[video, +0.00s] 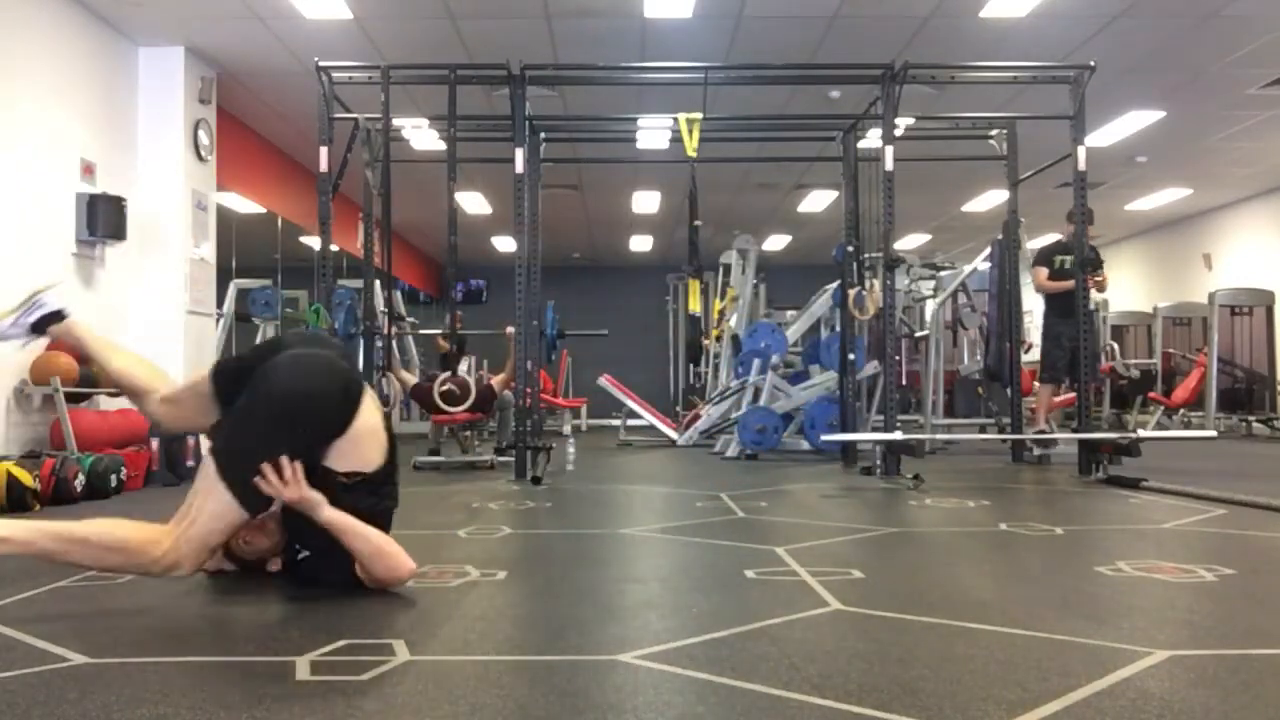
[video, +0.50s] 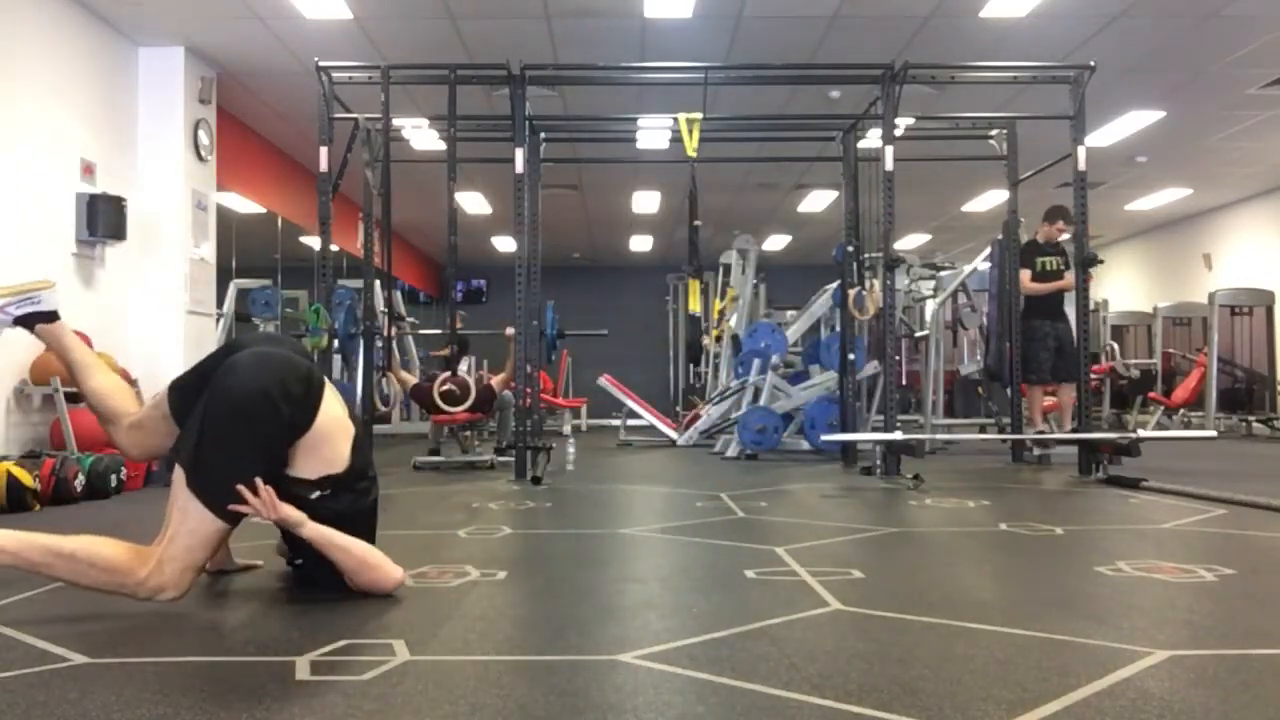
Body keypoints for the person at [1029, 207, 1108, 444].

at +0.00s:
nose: (1080, 230)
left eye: (1085, 226)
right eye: (1076, 224)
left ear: (1091, 228)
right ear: (1067, 225)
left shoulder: (1092, 254)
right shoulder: (1047, 252)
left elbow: (1101, 286)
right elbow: (1040, 284)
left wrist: (1098, 282)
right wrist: (1074, 284)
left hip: (1083, 321)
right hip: (1057, 321)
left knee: (1086, 374)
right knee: (1050, 375)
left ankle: (1085, 421)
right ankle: (1041, 423)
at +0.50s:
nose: (1061, 236)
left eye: (1063, 232)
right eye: (1059, 230)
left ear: (1060, 229)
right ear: (1047, 224)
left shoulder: (1059, 251)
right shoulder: (1028, 250)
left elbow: (1065, 279)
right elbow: (1025, 286)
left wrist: (1079, 278)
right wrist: (1061, 284)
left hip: (1058, 317)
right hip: (1035, 318)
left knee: (1067, 374)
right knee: (1037, 376)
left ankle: (1066, 425)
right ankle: (1037, 425)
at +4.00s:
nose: (1081, 223)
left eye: (1084, 218)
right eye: (1076, 218)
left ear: (1088, 220)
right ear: (1065, 221)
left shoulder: (1093, 249)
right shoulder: (1052, 251)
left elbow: (1112, 279)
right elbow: (1031, 281)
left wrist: (1097, 257)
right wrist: (1053, 293)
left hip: (1089, 321)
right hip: (1062, 321)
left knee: (1089, 377)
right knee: (1057, 377)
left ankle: (1087, 425)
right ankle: (1054, 428)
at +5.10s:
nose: (1084, 223)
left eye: (1088, 218)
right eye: (1079, 217)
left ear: (1093, 222)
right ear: (1068, 220)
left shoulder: (1092, 250)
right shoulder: (1058, 246)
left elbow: (1126, 258)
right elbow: (1044, 256)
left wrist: (1106, 234)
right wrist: (1058, 231)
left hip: (1088, 318)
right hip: (1063, 318)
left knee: (1088, 376)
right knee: (1059, 377)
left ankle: (1086, 425)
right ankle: (1055, 427)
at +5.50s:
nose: (1080, 223)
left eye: (1085, 217)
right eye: (1075, 217)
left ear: (1090, 222)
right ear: (1066, 220)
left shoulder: (1093, 248)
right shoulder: (1057, 245)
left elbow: (1128, 253)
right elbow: (1043, 253)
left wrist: (1106, 230)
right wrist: (1058, 229)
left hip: (1088, 318)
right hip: (1063, 317)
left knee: (1088, 376)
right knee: (1058, 376)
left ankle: (1086, 425)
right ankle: (1055, 427)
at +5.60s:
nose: (1078, 223)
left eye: (1083, 218)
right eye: (1073, 217)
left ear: (1089, 221)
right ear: (1066, 220)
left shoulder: (1093, 247)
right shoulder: (1057, 244)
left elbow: (1128, 251)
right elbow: (1043, 251)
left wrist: (1105, 228)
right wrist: (1058, 226)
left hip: (1088, 316)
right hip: (1062, 315)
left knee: (1088, 374)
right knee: (1058, 375)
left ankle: (1086, 424)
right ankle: (1054, 426)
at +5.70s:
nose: (1082, 220)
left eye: (1086, 215)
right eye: (1077, 214)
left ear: (1092, 219)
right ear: (1067, 218)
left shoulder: (1093, 247)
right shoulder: (1057, 243)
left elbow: (1128, 253)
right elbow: (1043, 252)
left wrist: (1105, 229)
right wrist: (1058, 227)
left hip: (1087, 316)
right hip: (1062, 315)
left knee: (1088, 374)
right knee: (1058, 375)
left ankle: (1086, 423)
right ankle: (1054, 425)